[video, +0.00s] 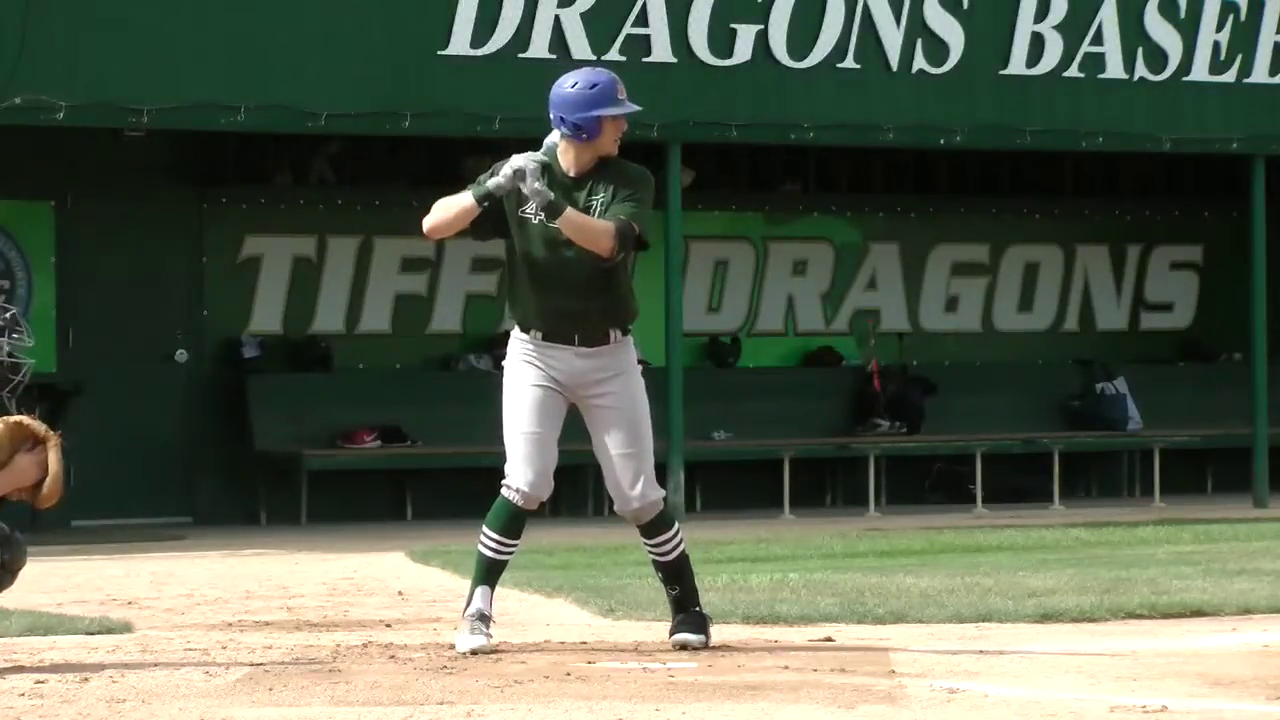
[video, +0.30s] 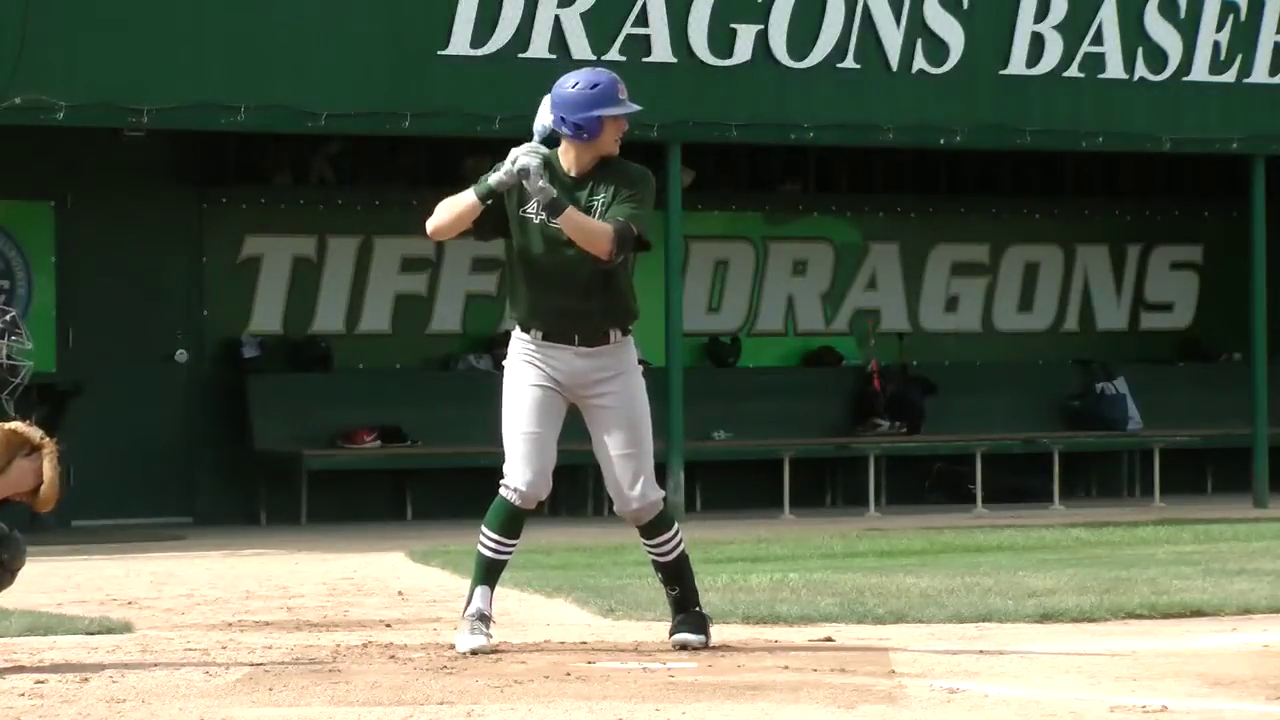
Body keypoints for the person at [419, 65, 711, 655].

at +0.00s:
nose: (623, 126)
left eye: (621, 117)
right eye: (614, 119)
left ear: (593, 122)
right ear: (582, 124)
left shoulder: (628, 179)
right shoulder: (520, 172)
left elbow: (615, 242)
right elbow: (433, 226)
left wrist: (551, 209)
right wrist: (489, 192)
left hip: (610, 358)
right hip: (533, 354)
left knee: (638, 494)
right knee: (526, 484)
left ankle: (687, 611)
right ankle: (477, 610)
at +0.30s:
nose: (624, 127)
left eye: (622, 118)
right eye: (614, 120)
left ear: (598, 123)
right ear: (582, 124)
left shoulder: (630, 179)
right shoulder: (524, 172)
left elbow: (615, 245)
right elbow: (437, 227)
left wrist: (552, 202)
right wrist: (496, 183)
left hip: (611, 358)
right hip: (534, 354)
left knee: (639, 496)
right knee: (525, 483)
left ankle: (687, 611)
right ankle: (477, 609)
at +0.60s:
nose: (624, 127)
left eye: (622, 118)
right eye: (615, 119)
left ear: (598, 123)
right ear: (582, 124)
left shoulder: (631, 179)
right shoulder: (522, 173)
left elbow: (615, 244)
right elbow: (438, 228)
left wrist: (554, 200)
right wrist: (494, 184)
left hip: (612, 358)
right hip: (534, 354)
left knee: (639, 498)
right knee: (524, 483)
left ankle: (687, 611)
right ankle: (478, 608)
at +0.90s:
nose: (624, 126)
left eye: (621, 117)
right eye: (614, 119)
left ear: (597, 122)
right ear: (582, 124)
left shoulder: (631, 179)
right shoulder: (523, 174)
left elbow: (616, 244)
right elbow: (439, 228)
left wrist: (553, 202)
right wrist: (495, 186)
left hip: (612, 358)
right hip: (534, 354)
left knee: (639, 498)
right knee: (524, 483)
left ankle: (687, 611)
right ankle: (478, 608)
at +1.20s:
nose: (623, 127)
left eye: (621, 118)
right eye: (613, 120)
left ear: (599, 122)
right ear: (580, 125)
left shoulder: (631, 178)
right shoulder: (523, 171)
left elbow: (616, 244)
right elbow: (439, 229)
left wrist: (554, 205)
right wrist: (493, 191)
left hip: (612, 358)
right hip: (534, 354)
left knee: (638, 498)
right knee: (523, 483)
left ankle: (687, 612)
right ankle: (477, 611)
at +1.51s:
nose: (622, 127)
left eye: (620, 118)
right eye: (612, 120)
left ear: (599, 122)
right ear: (579, 125)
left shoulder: (631, 178)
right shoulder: (523, 171)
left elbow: (616, 244)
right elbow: (439, 229)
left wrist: (554, 205)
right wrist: (493, 191)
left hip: (611, 358)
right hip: (534, 354)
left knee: (637, 498)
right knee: (523, 482)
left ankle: (687, 612)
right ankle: (477, 610)